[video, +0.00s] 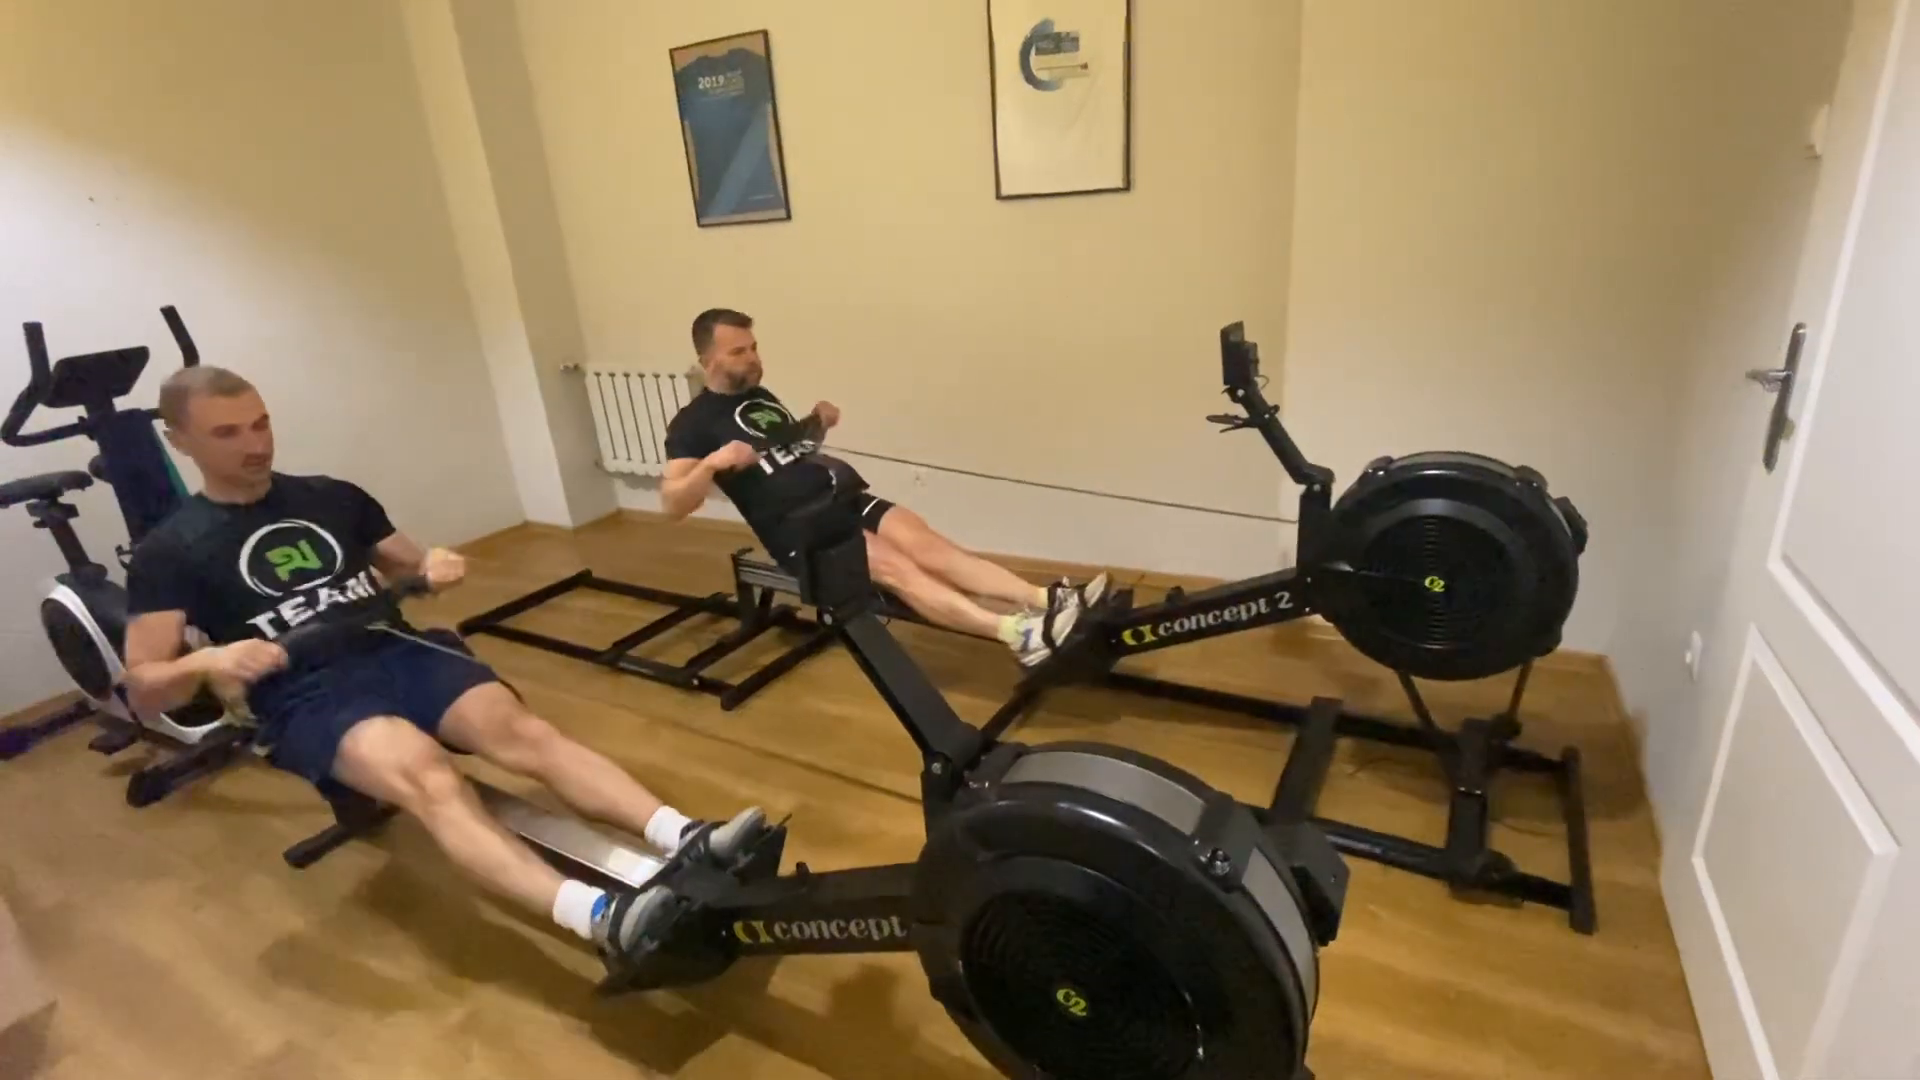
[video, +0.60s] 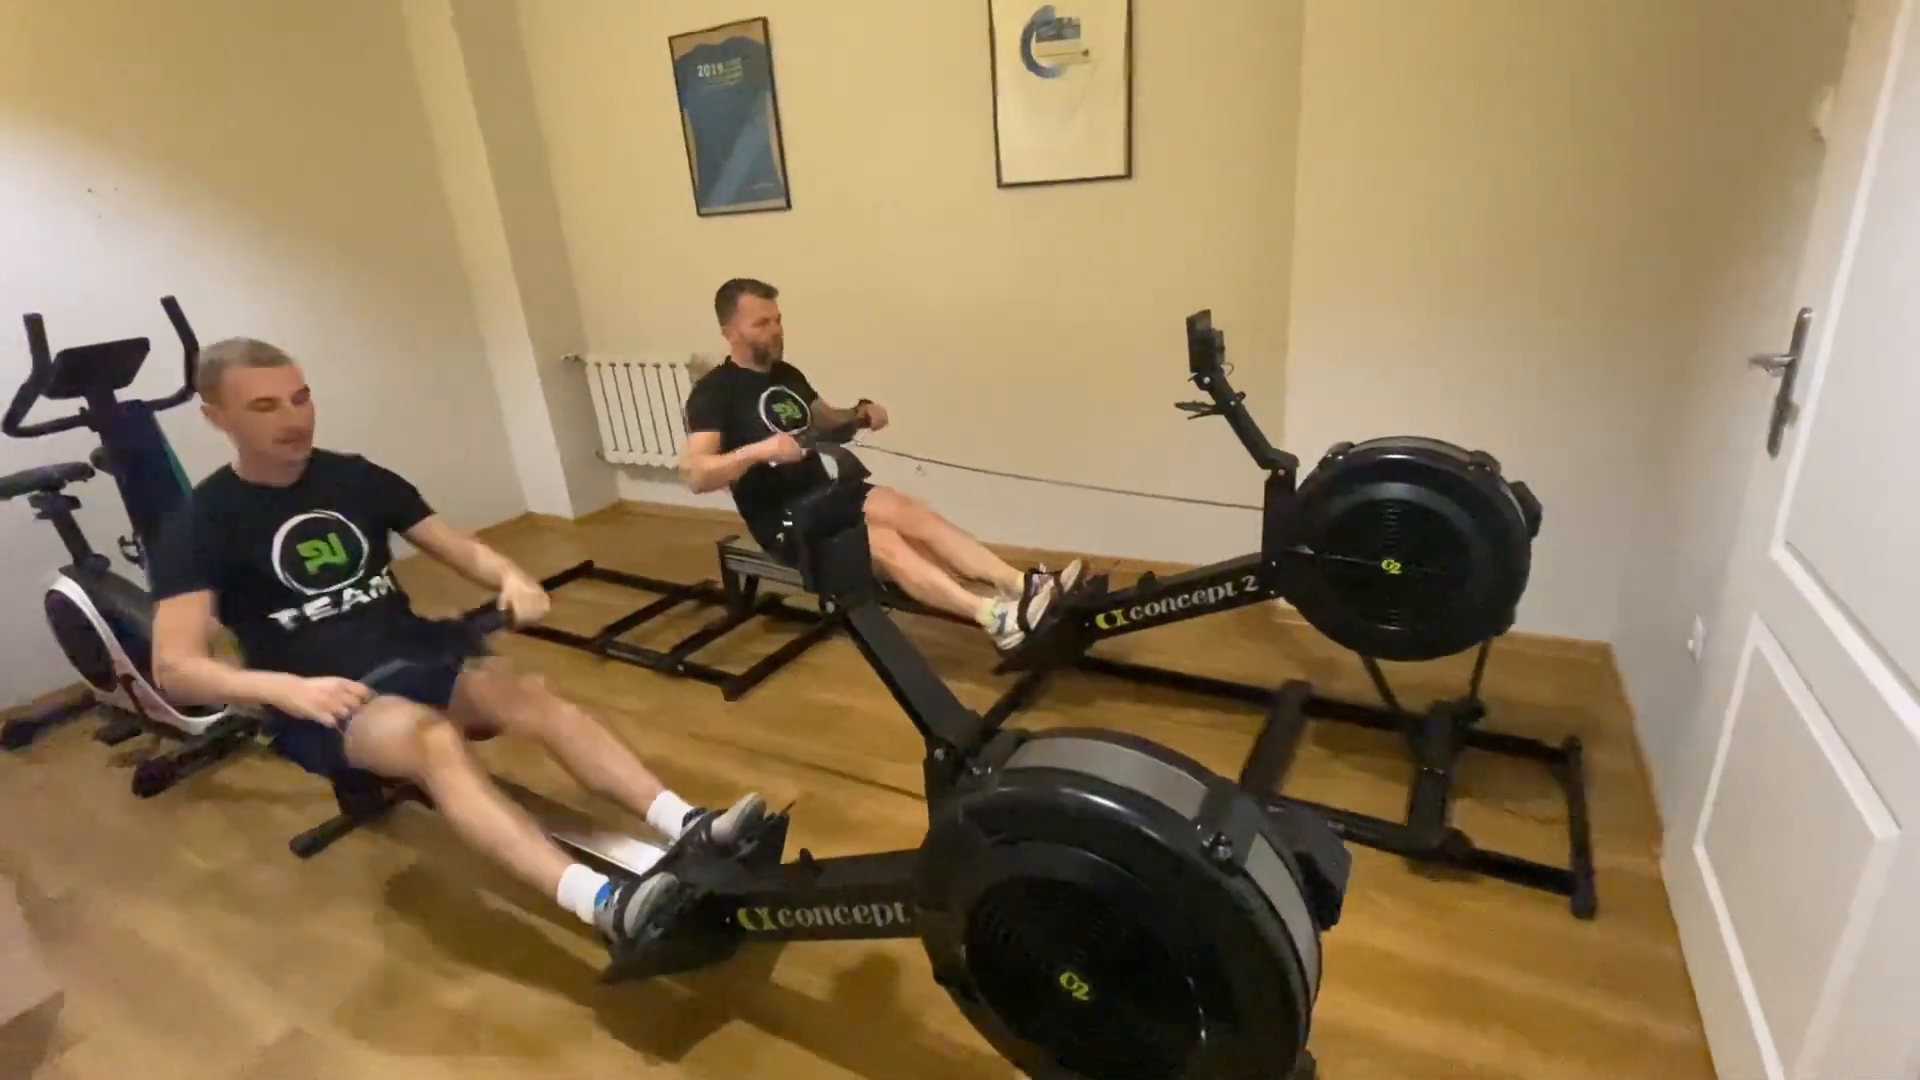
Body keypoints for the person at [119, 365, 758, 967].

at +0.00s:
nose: (254, 445)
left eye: (258, 425)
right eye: (229, 436)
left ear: (269, 417)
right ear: (185, 448)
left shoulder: (327, 497)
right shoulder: (170, 551)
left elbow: (398, 554)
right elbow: (145, 678)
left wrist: (430, 562)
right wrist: (205, 662)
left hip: (392, 646)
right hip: (305, 691)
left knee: (515, 725)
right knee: (428, 777)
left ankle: (688, 839)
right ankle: (604, 920)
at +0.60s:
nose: (294, 419)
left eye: (300, 399)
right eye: (268, 407)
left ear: (309, 396)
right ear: (217, 419)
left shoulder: (352, 479)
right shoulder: (202, 521)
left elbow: (452, 547)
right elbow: (174, 663)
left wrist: (508, 576)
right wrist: (287, 690)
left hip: (409, 653)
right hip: (314, 688)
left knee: (533, 697)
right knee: (432, 741)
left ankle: (690, 830)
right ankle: (602, 904)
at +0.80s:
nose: (346, 420)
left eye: (350, 398)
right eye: (319, 407)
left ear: (359, 395)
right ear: (265, 420)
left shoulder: (397, 477)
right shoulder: (242, 523)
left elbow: (513, 548)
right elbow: (245, 665)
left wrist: (582, 593)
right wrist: (359, 714)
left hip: (430, 640)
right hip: (342, 679)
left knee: (561, 664)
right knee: (445, 735)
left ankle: (690, 826)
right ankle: (608, 900)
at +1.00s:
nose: (394, 427)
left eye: (400, 406)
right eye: (366, 414)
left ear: (409, 402)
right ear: (314, 428)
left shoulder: (439, 481)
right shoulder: (282, 528)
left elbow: (563, 552)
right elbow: (307, 670)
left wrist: (644, 610)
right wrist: (436, 744)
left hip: (457, 649)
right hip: (363, 684)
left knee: (565, 636)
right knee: (445, 697)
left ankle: (691, 821)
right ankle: (610, 896)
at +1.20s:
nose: (454, 442)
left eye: (459, 418)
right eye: (425, 428)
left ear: (469, 412)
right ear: (369, 442)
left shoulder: (490, 490)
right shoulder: (333, 541)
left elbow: (616, 560)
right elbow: (382, 689)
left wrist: (712, 629)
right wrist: (517, 772)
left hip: (489, 666)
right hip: (391, 708)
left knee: (602, 613)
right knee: (456, 678)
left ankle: (693, 818)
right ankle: (612, 890)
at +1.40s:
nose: (518, 453)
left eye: (522, 428)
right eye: (489, 439)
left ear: (530, 422)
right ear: (430, 454)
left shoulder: (552, 501)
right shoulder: (392, 555)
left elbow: (683, 571)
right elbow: (456, 708)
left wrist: (790, 645)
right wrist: (606, 799)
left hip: (527, 689)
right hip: (428, 734)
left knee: (635, 602)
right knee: (478, 669)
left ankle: (689, 803)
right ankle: (617, 888)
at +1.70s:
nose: (585, 466)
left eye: (587, 441)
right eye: (553, 450)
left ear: (596, 438)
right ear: (489, 467)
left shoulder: (614, 519)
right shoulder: (451, 580)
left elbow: (749, 584)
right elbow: (553, 715)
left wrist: (868, 651)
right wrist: (706, 817)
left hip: (573, 725)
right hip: (472, 772)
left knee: (659, 593)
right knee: (508, 689)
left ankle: (691, 803)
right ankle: (615, 881)